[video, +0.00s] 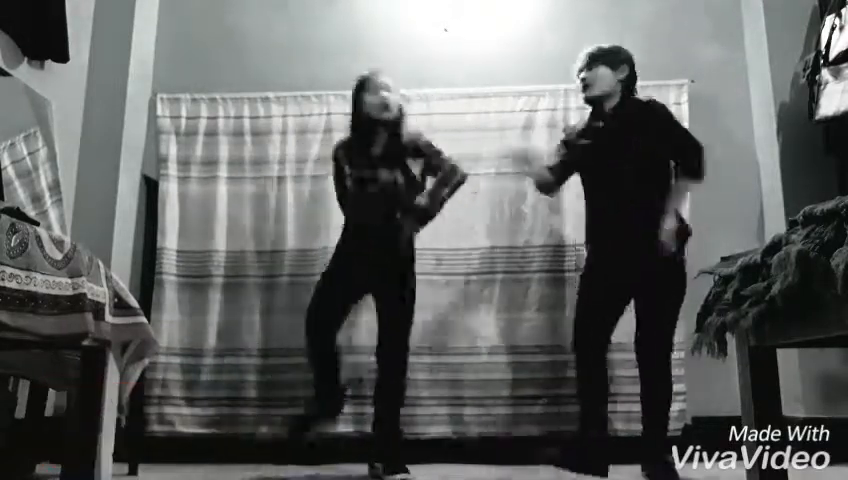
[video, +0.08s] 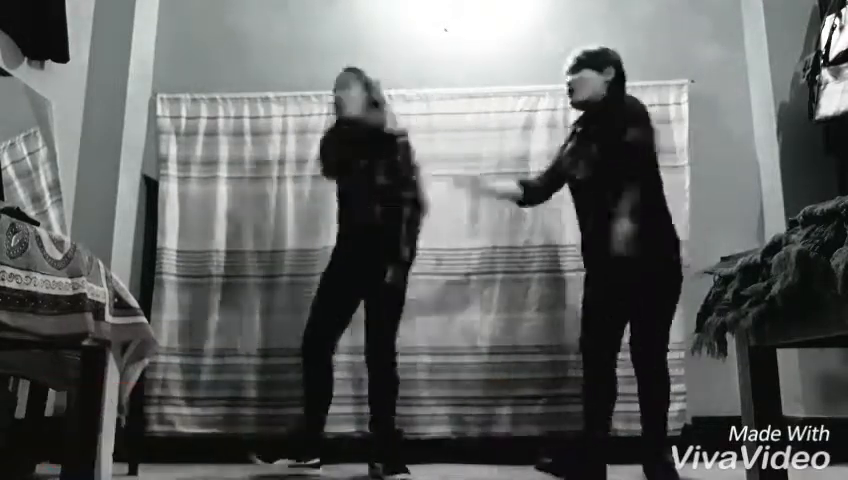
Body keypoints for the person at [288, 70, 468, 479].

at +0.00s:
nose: (384, 97)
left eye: (388, 90)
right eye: (374, 91)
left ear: (397, 101)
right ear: (359, 103)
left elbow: (452, 175)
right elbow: (347, 202)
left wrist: (421, 213)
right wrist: (385, 206)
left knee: (392, 352)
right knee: (319, 323)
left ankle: (387, 450)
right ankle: (327, 402)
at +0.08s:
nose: (340, 99)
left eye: (347, 91)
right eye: (337, 93)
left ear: (367, 93)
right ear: (339, 99)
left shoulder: (393, 142)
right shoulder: (339, 140)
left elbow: (411, 203)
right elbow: (330, 165)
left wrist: (401, 258)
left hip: (386, 258)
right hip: (349, 254)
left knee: (381, 352)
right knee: (316, 343)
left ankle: (386, 453)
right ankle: (310, 445)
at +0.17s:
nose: (315, 98)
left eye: (321, 90)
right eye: (316, 90)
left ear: (342, 95)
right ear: (331, 96)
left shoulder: (372, 135)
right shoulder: (324, 135)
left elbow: (392, 193)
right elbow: (300, 152)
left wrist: (402, 251)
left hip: (364, 253)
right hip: (334, 252)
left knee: (367, 351)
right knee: (306, 347)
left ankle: (390, 453)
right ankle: (304, 448)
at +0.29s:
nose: (291, 104)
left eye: (298, 98)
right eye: (294, 98)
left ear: (314, 107)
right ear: (318, 108)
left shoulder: (343, 146)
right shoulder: (293, 152)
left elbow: (380, 188)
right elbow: (251, 165)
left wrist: (414, 224)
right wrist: (202, 158)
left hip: (332, 261)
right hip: (313, 260)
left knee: (285, 341)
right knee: (286, 343)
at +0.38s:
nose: (278, 111)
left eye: (285, 104)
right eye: (281, 103)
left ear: (304, 110)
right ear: (304, 111)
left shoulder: (331, 148)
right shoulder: (293, 158)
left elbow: (366, 176)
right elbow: (250, 194)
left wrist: (385, 172)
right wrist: (199, 208)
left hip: (314, 261)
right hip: (302, 261)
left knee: (232, 312)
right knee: (282, 346)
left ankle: (303, 364)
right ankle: (301, 447)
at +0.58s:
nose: (245, 96)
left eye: (251, 90)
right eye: (248, 89)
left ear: (264, 95)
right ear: (281, 97)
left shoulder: (269, 133)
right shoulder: (284, 134)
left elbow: (226, 157)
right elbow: (230, 156)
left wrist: (181, 151)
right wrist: (188, 152)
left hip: (266, 257)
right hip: (272, 257)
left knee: (230, 351)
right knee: (285, 354)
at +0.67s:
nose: (222, 89)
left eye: (228, 82)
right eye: (227, 81)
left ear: (237, 89)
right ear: (263, 92)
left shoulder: (233, 131)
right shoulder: (267, 136)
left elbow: (186, 168)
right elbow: (284, 194)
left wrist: (166, 145)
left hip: (244, 243)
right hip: (268, 243)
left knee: (223, 349)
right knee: (278, 349)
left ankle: (200, 449)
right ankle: (300, 445)